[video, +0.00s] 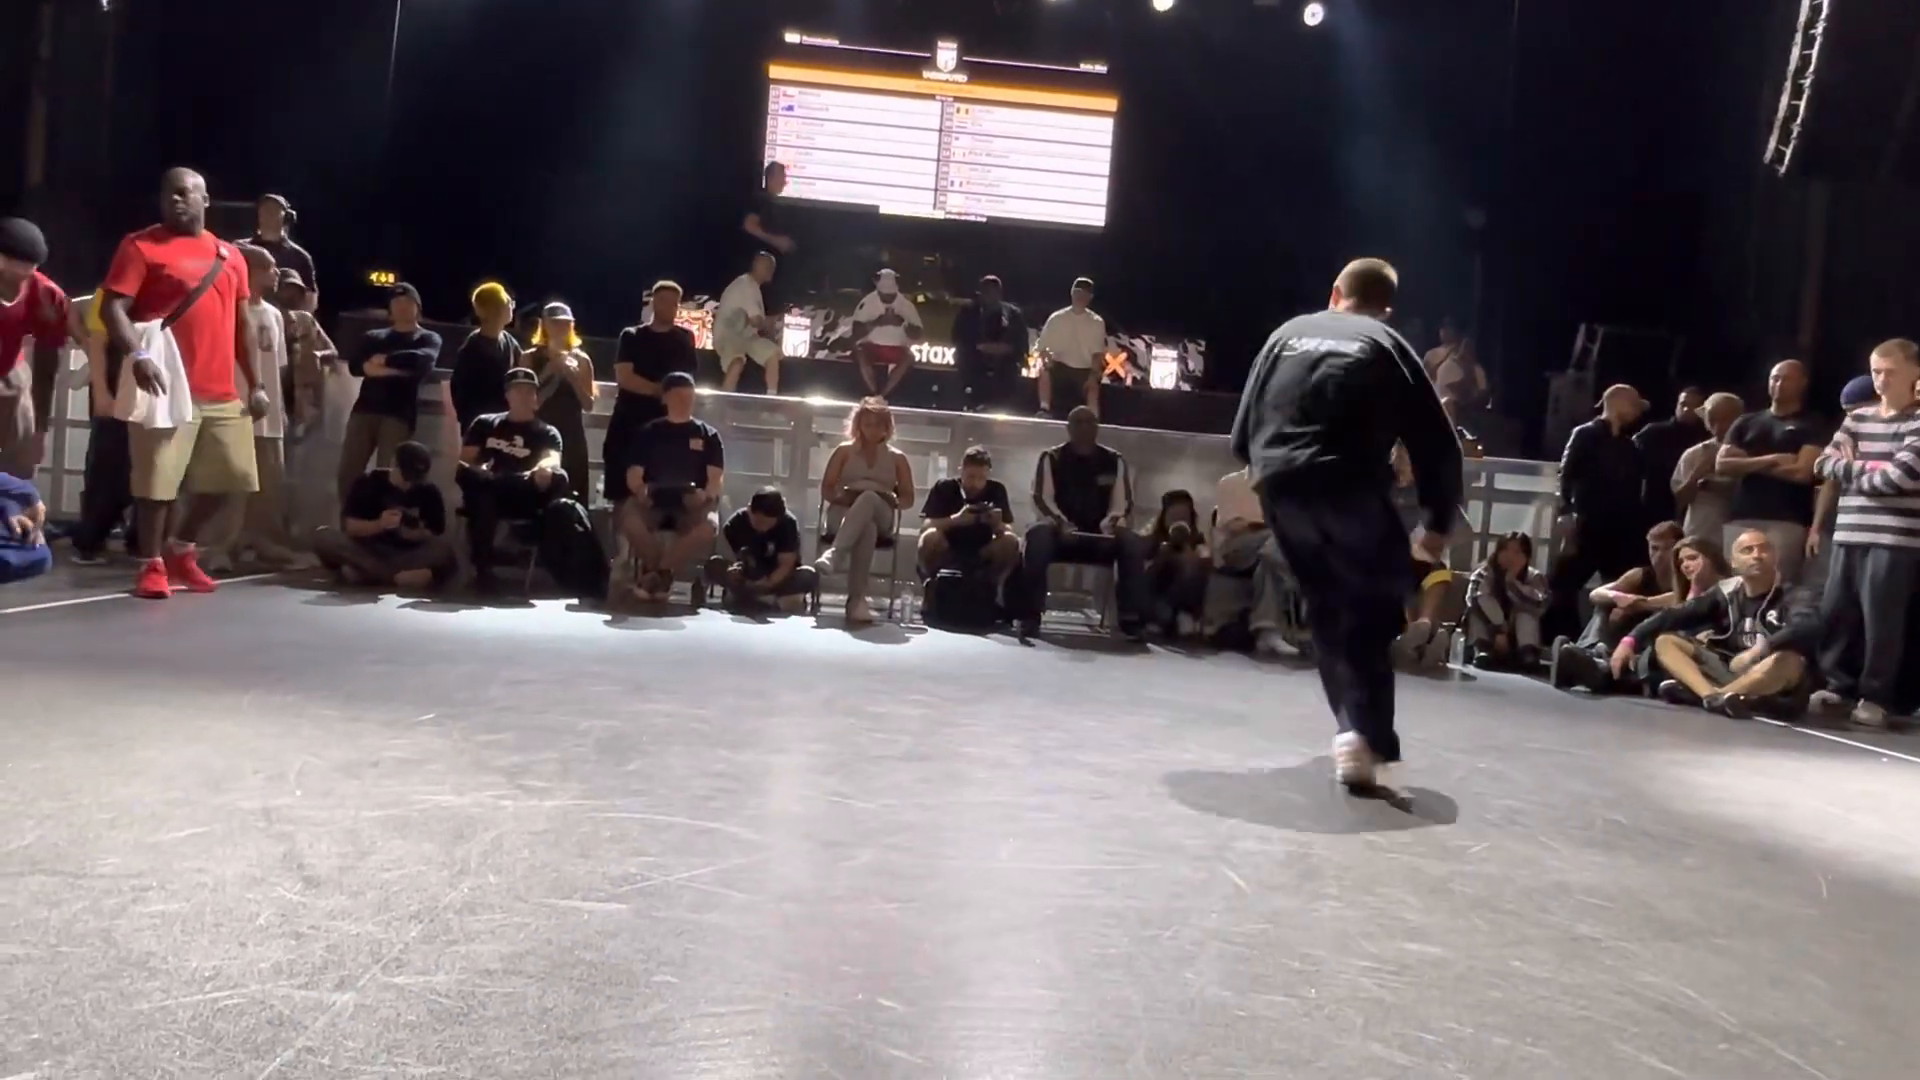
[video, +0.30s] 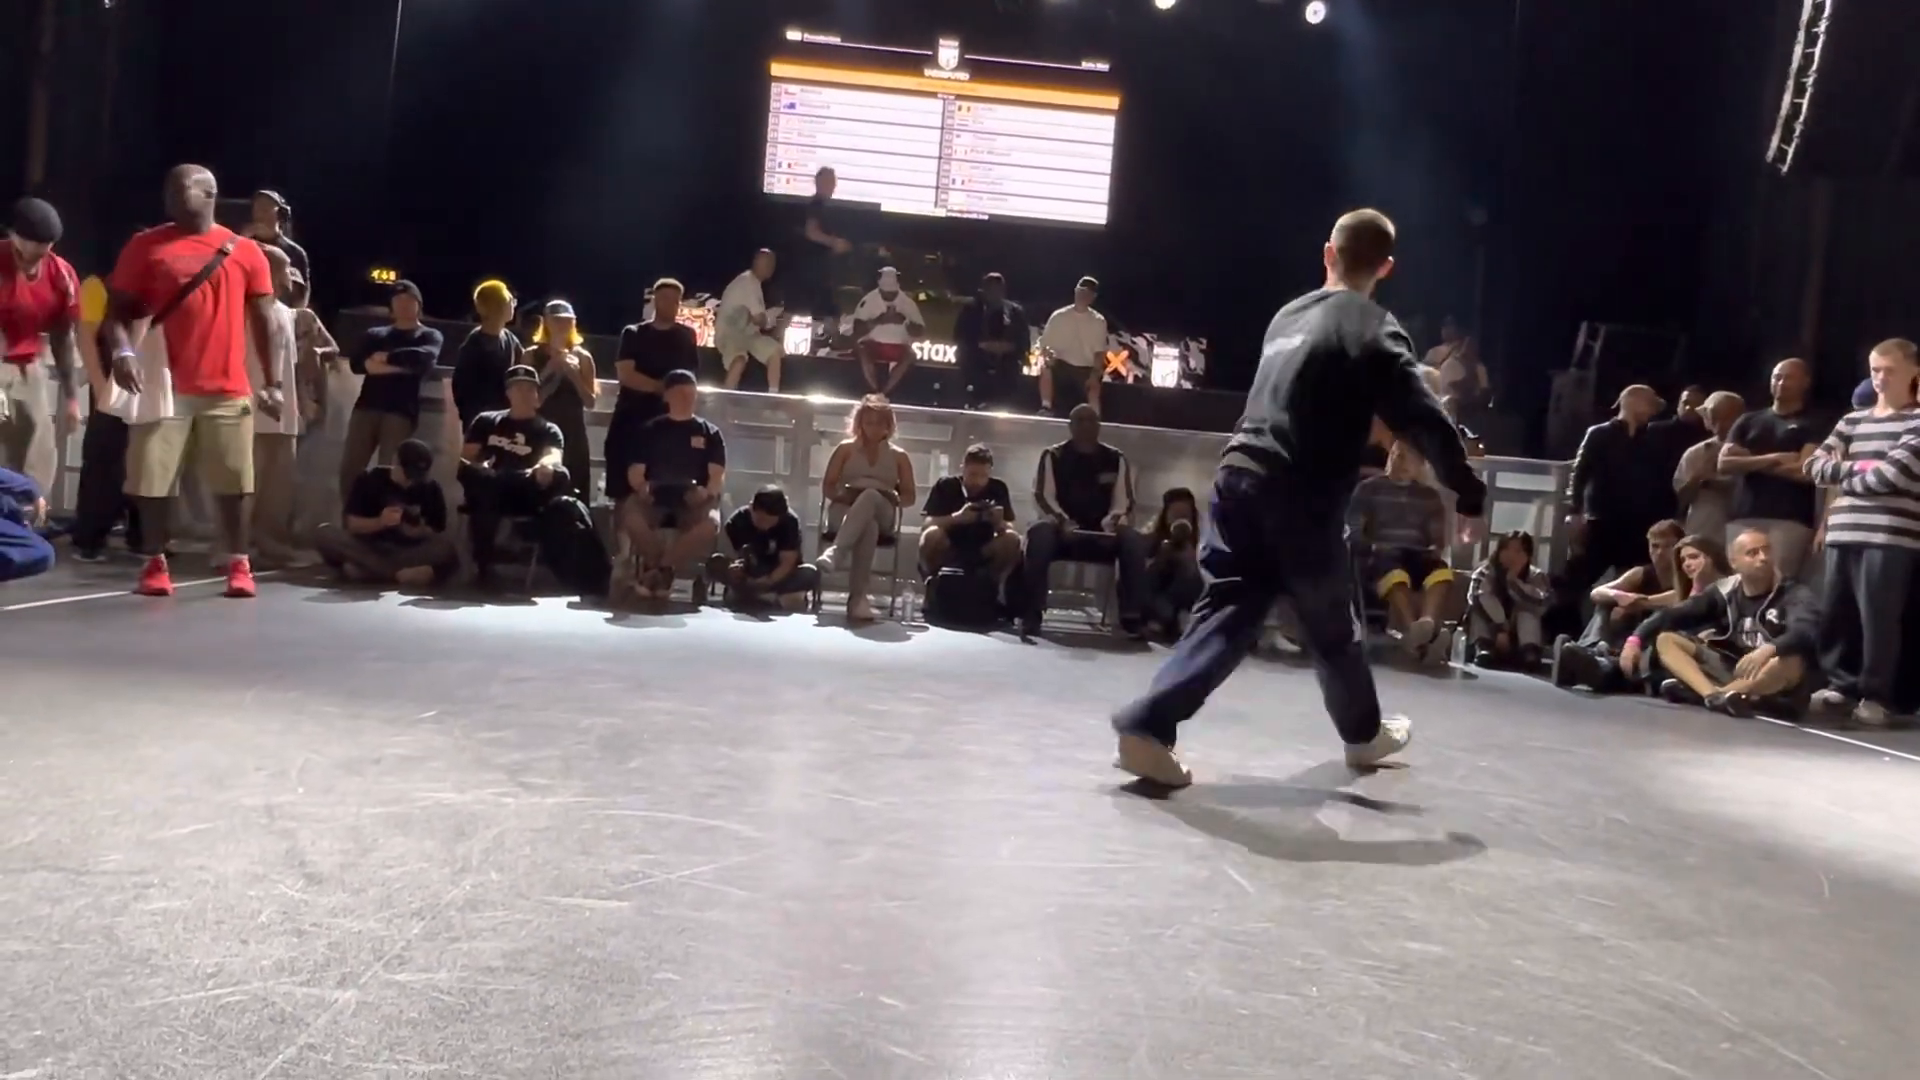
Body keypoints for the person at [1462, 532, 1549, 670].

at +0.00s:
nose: (1509, 557)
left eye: (1517, 553)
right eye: (1505, 551)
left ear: (1526, 558)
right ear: (1497, 553)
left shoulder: (1534, 577)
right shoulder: (1484, 573)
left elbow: (1540, 604)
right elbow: (1477, 599)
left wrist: (1512, 582)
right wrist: (1499, 629)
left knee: (1525, 612)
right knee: (1478, 609)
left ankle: (1529, 653)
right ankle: (1482, 650)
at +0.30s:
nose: (1510, 556)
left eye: (1518, 551)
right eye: (1506, 549)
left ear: (1527, 557)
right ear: (1499, 552)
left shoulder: (1536, 576)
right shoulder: (1484, 572)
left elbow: (1542, 602)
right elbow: (1478, 597)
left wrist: (1513, 581)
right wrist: (1500, 627)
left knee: (1526, 611)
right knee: (1480, 607)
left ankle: (1530, 650)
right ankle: (1483, 647)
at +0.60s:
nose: (1512, 556)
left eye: (1519, 551)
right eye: (1507, 549)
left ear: (1529, 557)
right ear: (1500, 552)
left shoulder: (1537, 576)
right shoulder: (1486, 572)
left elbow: (1542, 600)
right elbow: (1480, 597)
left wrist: (1515, 581)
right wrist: (1502, 627)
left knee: (1528, 609)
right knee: (1480, 607)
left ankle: (1531, 650)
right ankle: (1484, 647)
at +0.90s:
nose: (1511, 556)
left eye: (1518, 551)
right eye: (1506, 549)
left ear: (1528, 556)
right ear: (1499, 552)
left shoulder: (1537, 576)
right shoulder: (1484, 572)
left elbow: (1540, 601)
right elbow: (1479, 597)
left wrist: (1514, 581)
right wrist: (1501, 628)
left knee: (1527, 607)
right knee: (1480, 605)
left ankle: (1529, 648)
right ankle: (1482, 646)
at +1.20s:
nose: (1512, 557)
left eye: (1519, 552)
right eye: (1507, 550)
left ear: (1528, 557)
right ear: (1499, 553)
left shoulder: (1537, 577)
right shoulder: (1485, 573)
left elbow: (1541, 603)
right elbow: (1479, 597)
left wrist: (1514, 581)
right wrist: (1501, 628)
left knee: (1527, 610)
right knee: (1479, 607)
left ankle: (1530, 650)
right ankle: (1483, 647)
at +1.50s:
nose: (1511, 556)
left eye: (1518, 552)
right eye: (1506, 550)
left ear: (1528, 557)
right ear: (1498, 553)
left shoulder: (1536, 577)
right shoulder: (1484, 573)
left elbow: (1540, 602)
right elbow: (1478, 598)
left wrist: (1513, 582)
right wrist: (1500, 629)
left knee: (1526, 610)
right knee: (1479, 608)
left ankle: (1529, 649)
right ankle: (1483, 647)